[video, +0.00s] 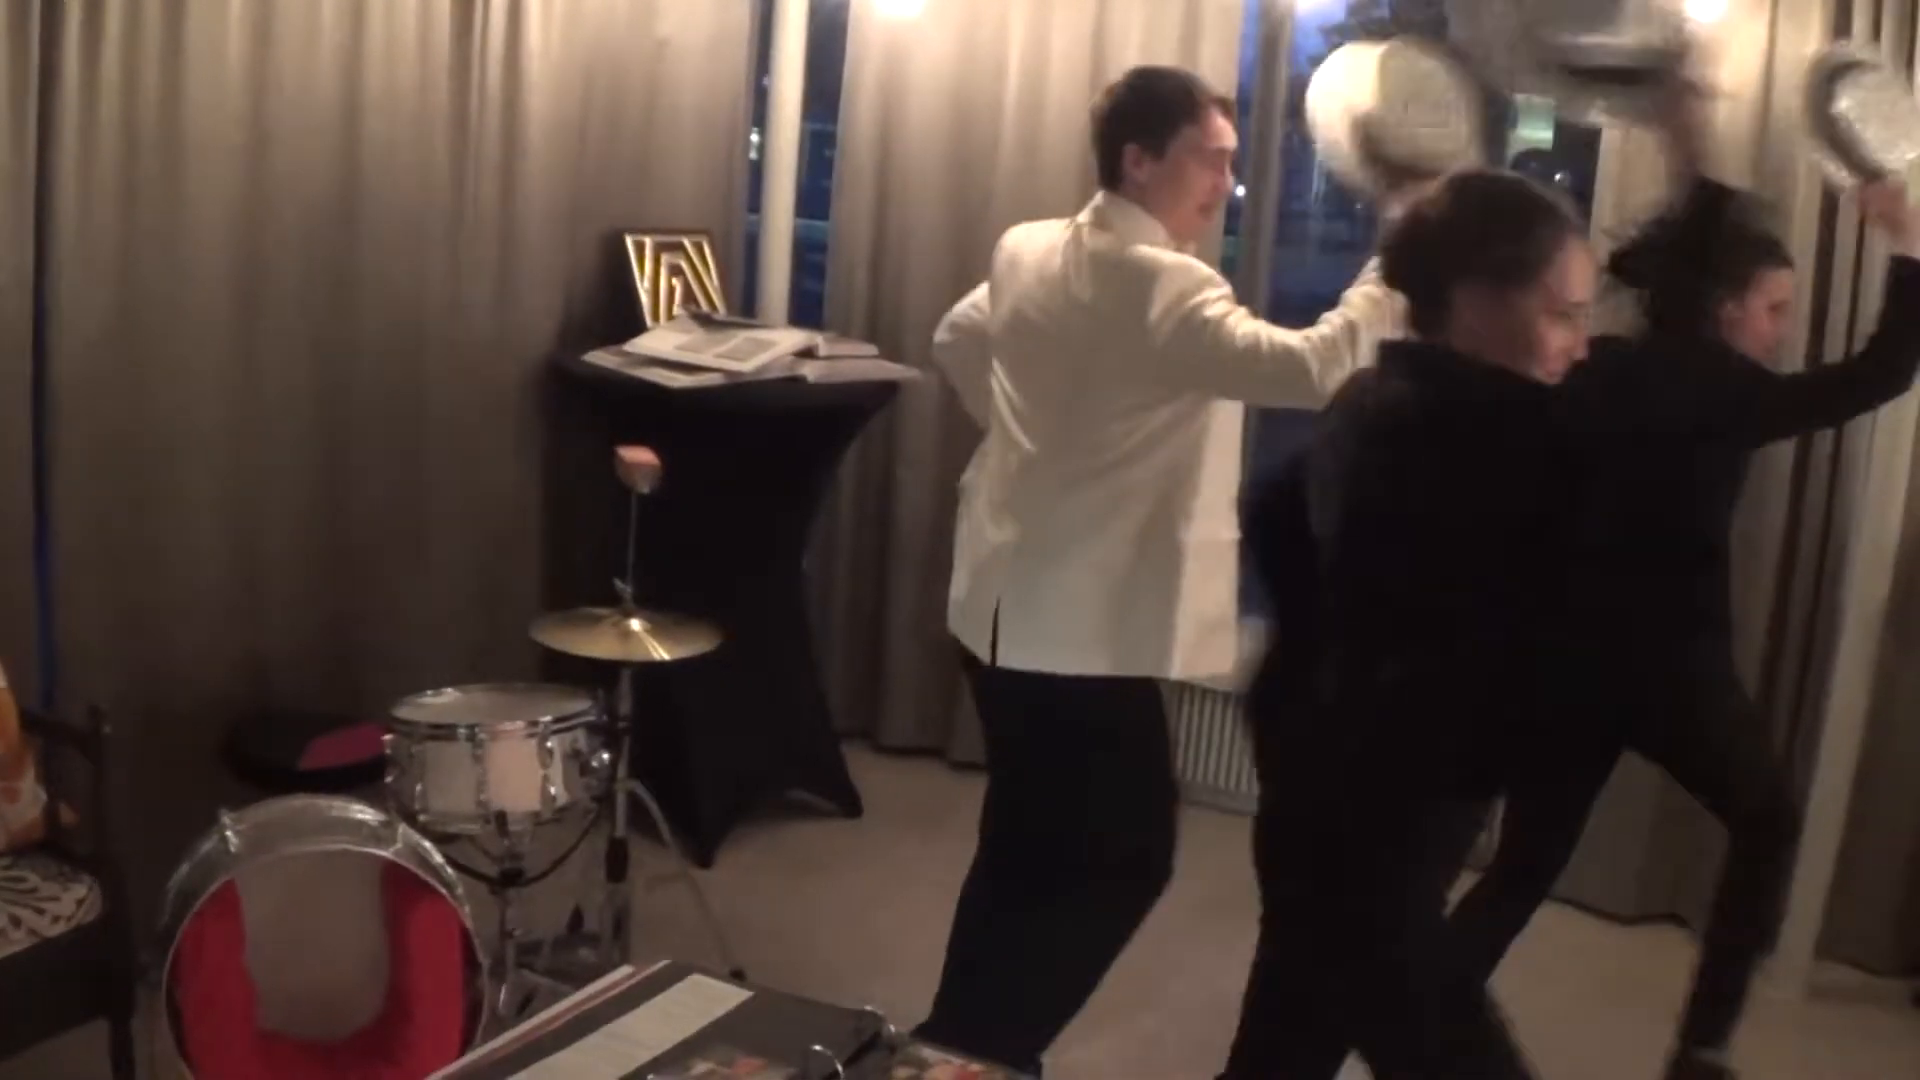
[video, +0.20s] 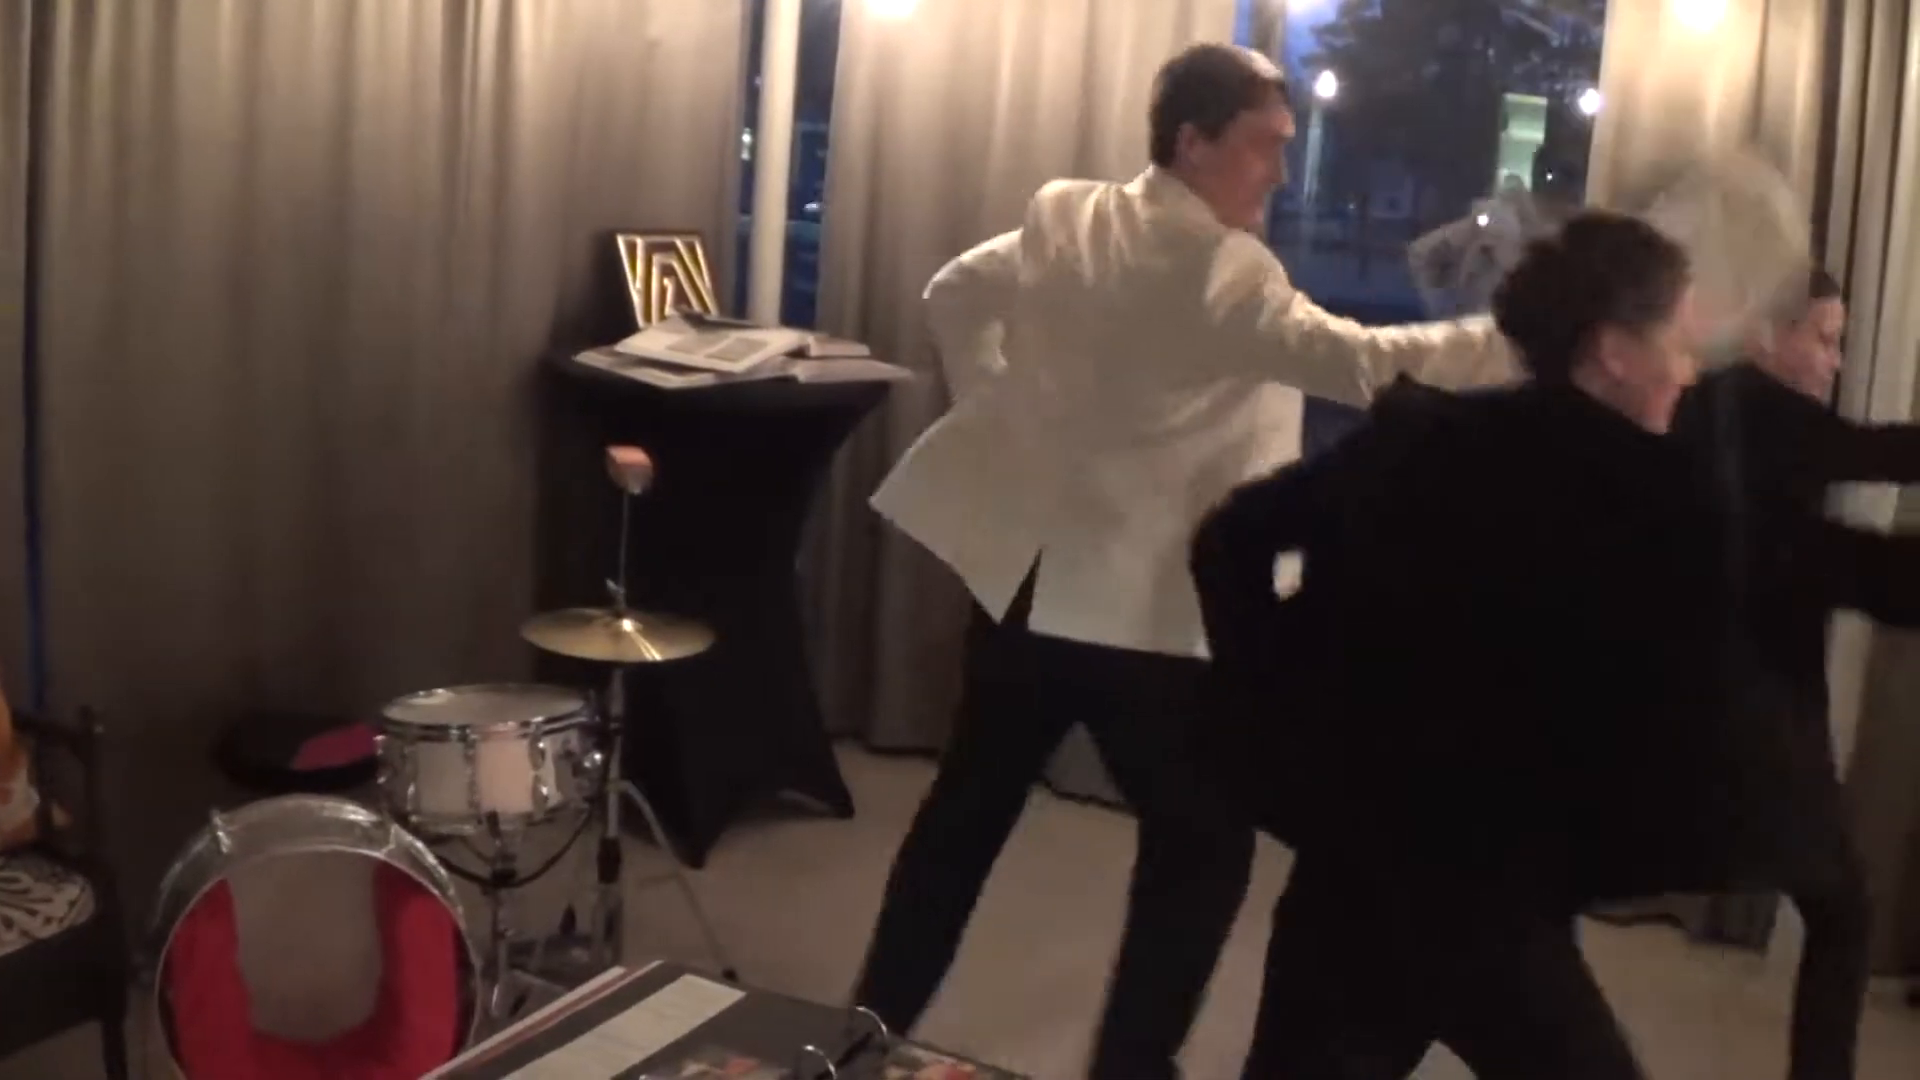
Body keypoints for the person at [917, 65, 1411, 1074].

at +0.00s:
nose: (1229, 183)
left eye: (1231, 162)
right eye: (1213, 161)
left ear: (1126, 167)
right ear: (1142, 161)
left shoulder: (1029, 252)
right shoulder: (1167, 291)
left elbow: (955, 339)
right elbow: (1309, 369)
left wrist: (1027, 435)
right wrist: (1400, 255)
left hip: (997, 613)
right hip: (1087, 634)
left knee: (1024, 838)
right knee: (1131, 855)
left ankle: (958, 1044)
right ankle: (988, 1051)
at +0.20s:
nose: (1281, 172)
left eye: (1284, 149)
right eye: (1268, 147)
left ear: (1182, 144)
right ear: (1192, 141)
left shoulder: (1064, 216)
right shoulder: (1228, 280)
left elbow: (952, 293)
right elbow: (1365, 363)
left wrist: (992, 418)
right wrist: (1515, 334)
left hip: (1019, 581)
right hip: (1146, 616)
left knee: (969, 801)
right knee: (1201, 843)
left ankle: (872, 1031)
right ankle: (1131, 1065)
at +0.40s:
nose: (1320, 238)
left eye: (1324, 216)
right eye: (1309, 214)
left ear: (1231, 209)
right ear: (1233, 206)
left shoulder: (1087, 289)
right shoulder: (1277, 353)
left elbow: (967, 371)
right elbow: (1427, 429)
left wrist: (1015, 496)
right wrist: (1613, 439)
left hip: (1046, 660)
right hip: (1183, 689)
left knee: (961, 863)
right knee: (1274, 900)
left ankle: (834, 1047)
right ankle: (1203, 1075)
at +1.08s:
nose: (1354, 211)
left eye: (1355, 186)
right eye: (1339, 184)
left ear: (1250, 186)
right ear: (1265, 184)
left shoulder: (1122, 264)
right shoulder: (1303, 341)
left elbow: (1011, 352)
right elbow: (1402, 448)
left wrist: (1050, 479)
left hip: (1068, 645)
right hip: (1195, 683)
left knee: (1005, 846)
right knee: (1238, 914)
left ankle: (877, 1043)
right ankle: (1186, 1078)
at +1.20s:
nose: (1331, 178)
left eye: (1331, 154)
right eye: (1314, 153)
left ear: (1228, 157)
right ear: (1239, 154)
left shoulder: (1128, 235)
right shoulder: (1252, 284)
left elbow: (1036, 326)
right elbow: (1399, 347)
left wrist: (1082, 442)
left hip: (1060, 599)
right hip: (1150, 631)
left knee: (1048, 848)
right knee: (1177, 897)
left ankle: (977, 1057)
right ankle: (1167, 1072)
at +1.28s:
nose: (1301, 173)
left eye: (1305, 151)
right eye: (1285, 147)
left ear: (1209, 150)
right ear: (1212, 147)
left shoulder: (1123, 237)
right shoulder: (1204, 254)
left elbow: (1050, 338)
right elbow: (1370, 305)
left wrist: (1088, 450)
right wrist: (1387, 144)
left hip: (1075, 601)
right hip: (1129, 621)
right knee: (1050, 862)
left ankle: (977, 1055)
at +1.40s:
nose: (1257, 171)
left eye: (1261, 150)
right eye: (1238, 147)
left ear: (1175, 151)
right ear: (1164, 150)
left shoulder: (1167, 244)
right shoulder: (1137, 246)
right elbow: (1289, 293)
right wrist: (1310, 170)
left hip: (1130, 609)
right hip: (1101, 617)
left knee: (1181, 857)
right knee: (1040, 866)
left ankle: (1114, 1032)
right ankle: (972, 1057)